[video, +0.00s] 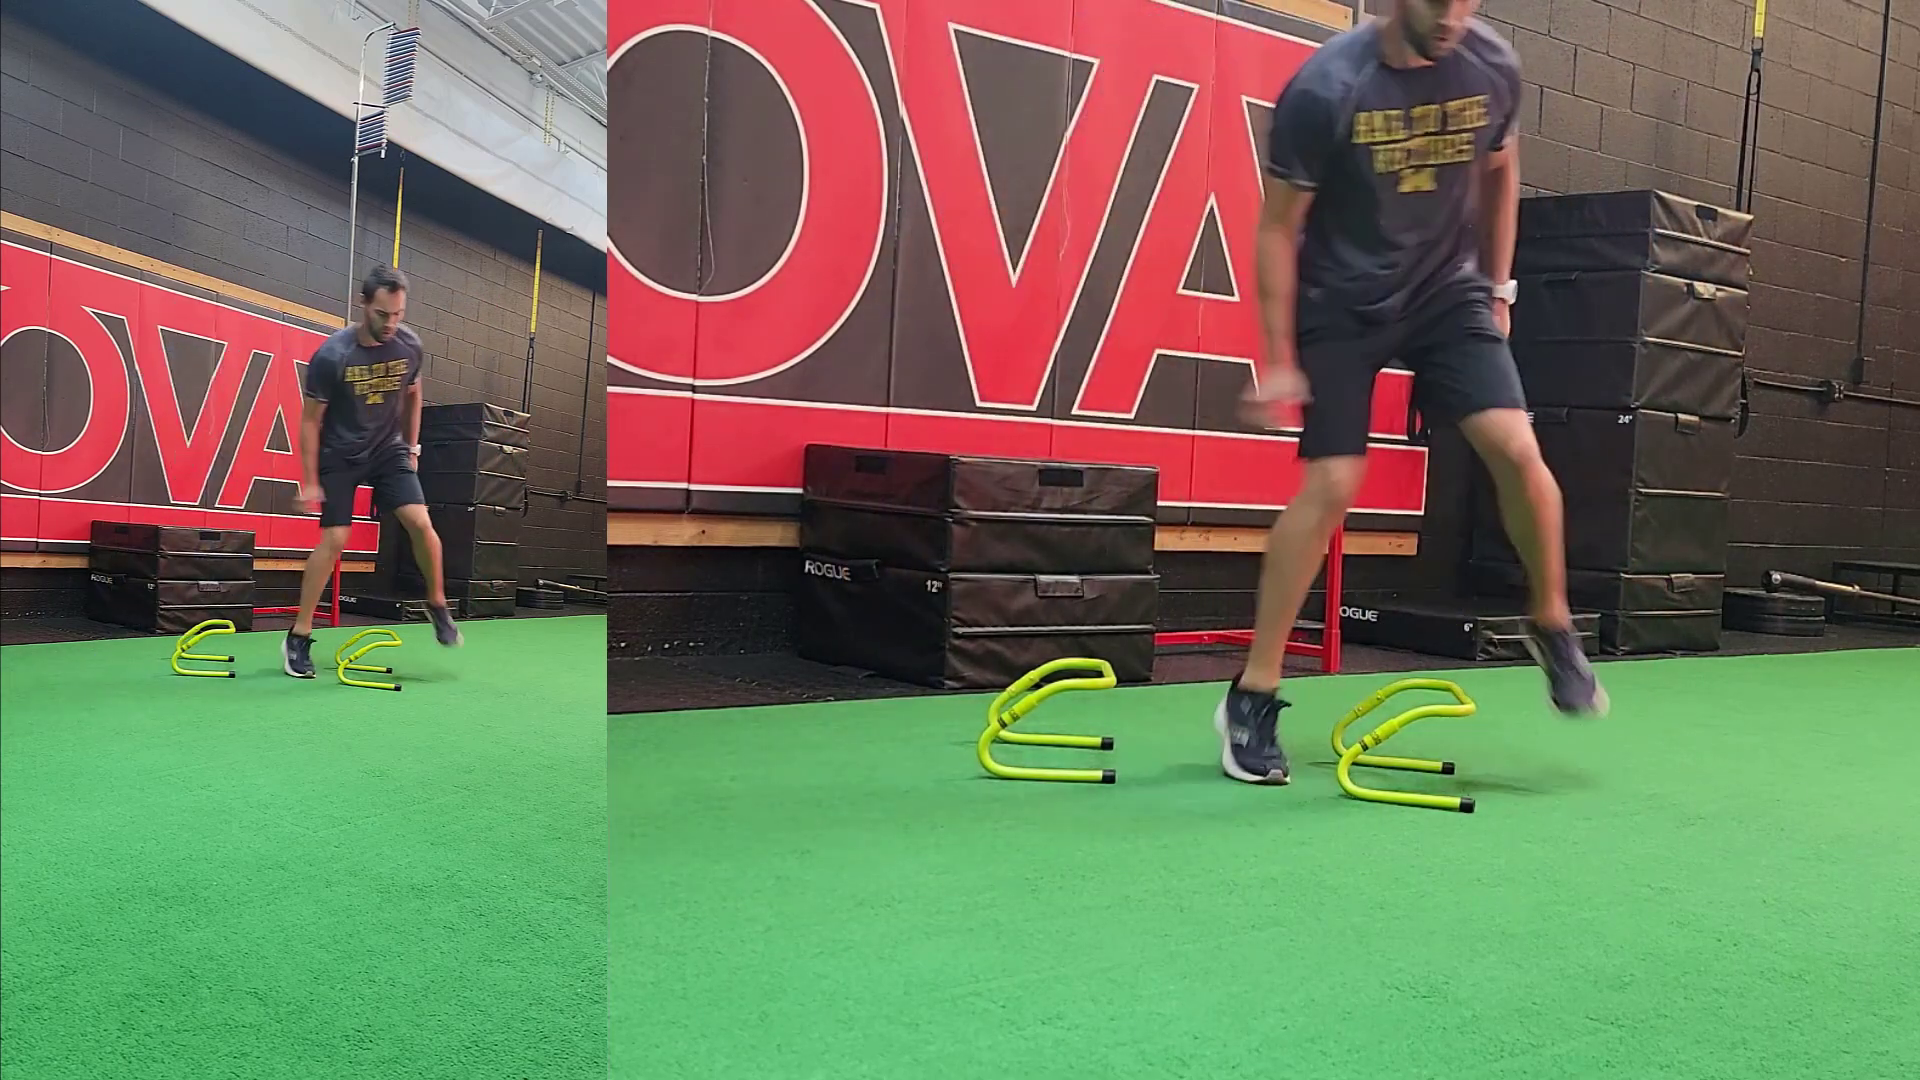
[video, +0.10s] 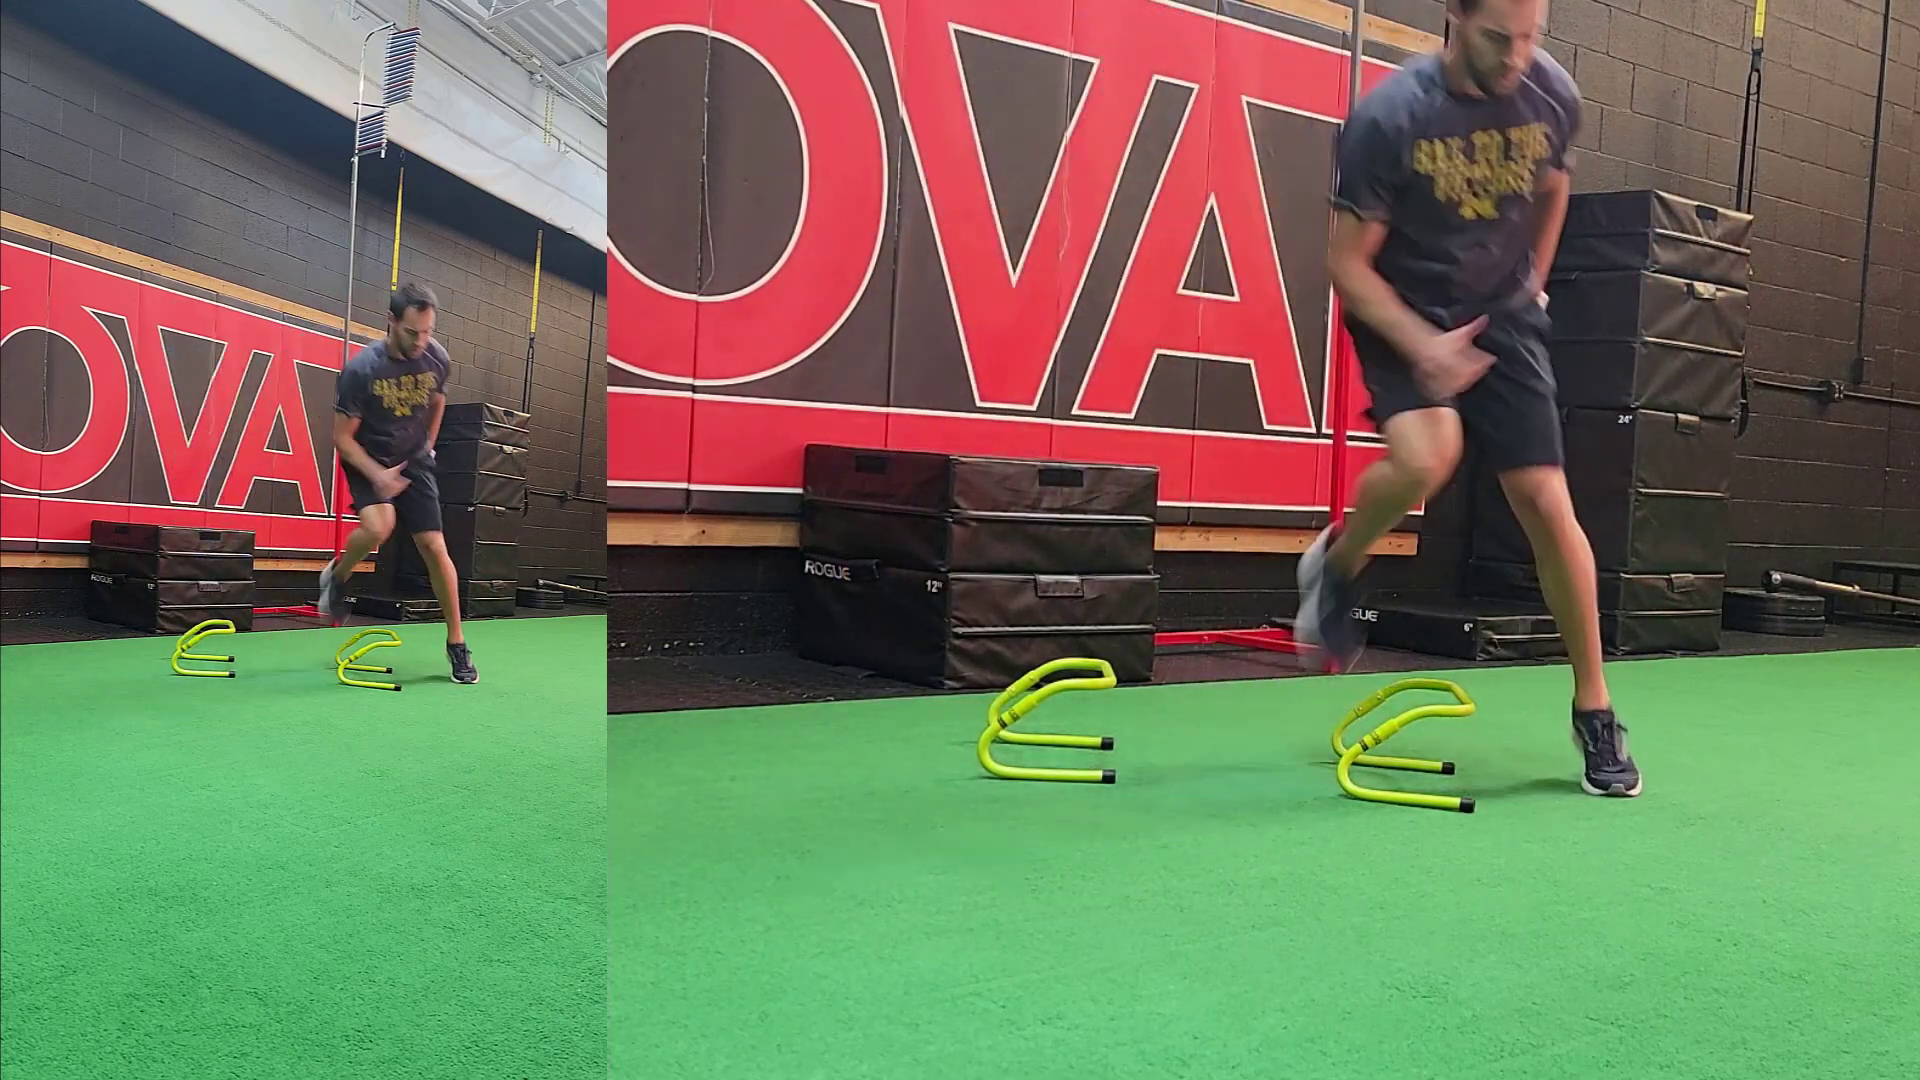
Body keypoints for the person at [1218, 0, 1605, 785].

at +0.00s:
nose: (1453, 22)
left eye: (1465, 8)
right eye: (1437, 7)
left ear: (1477, 5)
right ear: (1393, 1)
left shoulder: (1491, 65)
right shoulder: (1324, 89)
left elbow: (1499, 170)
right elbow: (1277, 226)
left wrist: (1498, 289)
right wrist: (1275, 362)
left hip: (1449, 295)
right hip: (1342, 307)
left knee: (1517, 450)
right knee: (1332, 483)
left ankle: (1554, 623)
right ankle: (1254, 695)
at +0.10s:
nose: (1515, 59)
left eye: (1530, 40)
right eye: (1497, 37)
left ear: (1543, 28)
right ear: (1453, 20)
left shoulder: (1553, 96)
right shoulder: (1387, 116)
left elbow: (1551, 191)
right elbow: (1344, 264)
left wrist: (1535, 283)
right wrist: (1421, 342)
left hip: (1504, 310)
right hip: (1402, 311)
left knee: (1545, 499)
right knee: (1427, 461)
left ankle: (1595, 709)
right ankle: (1333, 566)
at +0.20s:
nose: (1579, 121)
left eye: (1592, 101)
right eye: (1562, 100)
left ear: (1605, 88)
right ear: (1517, 79)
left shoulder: (1605, 155)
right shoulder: (1448, 179)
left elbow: (1591, 244)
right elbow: (1432, 341)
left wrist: (1584, 295)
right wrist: (1556, 316)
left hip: (1550, 368)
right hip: (1449, 369)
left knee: (1598, 528)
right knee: (1497, 492)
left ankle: (1598, 724)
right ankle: (1470, 497)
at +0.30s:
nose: (1626, 169)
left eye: (1641, 151)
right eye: (1609, 148)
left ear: (1653, 136)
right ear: (1565, 122)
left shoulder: (1644, 195)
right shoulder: (1491, 220)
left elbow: (1607, 281)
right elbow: (1488, 381)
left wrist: (1636, 306)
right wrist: (1608, 333)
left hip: (1576, 385)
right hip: (1472, 393)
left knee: (1620, 535)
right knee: (1546, 520)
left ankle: (1603, 725)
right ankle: (1524, 557)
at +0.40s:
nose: (1649, 187)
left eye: (1665, 168)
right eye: (1633, 164)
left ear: (1678, 153)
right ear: (1592, 139)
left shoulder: (1662, 209)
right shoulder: (1511, 235)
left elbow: (1618, 275)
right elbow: (1492, 394)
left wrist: (1642, 324)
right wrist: (1618, 355)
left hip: (1590, 383)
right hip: (1488, 394)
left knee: (1631, 537)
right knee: (1581, 525)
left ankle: (1604, 726)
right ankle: (1552, 586)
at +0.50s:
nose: (1652, 182)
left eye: (1669, 164)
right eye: (1636, 160)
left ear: (1685, 149)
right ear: (1596, 135)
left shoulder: (1672, 211)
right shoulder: (1517, 230)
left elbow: (1618, 284)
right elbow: (1463, 380)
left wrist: (1619, 345)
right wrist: (1591, 397)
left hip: (1594, 392)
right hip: (1498, 397)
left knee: (1640, 537)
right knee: (1590, 522)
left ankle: (1609, 726)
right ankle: (1570, 592)